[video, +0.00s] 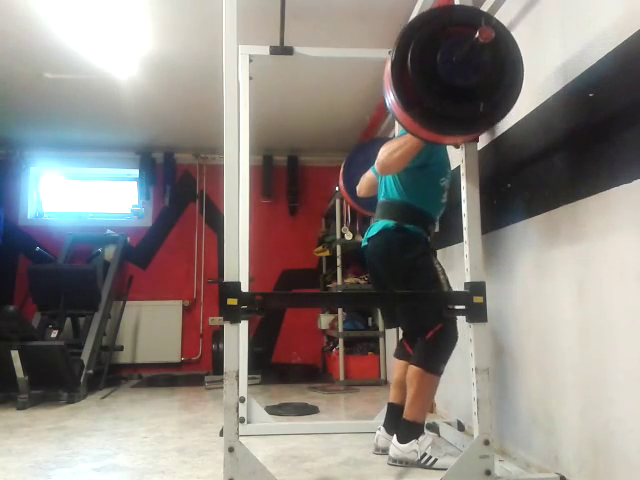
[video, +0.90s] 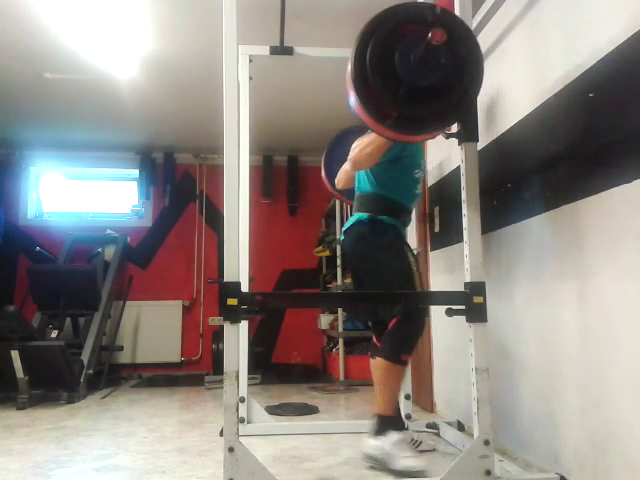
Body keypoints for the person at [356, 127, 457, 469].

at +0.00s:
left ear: (417, 105)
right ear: (438, 104)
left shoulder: (415, 141)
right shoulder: (420, 133)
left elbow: (363, 187)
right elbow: (383, 163)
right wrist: (423, 131)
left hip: (381, 240)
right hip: (401, 239)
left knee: (416, 333)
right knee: (440, 331)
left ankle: (393, 427)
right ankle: (409, 439)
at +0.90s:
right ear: (409, 102)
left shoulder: (404, 141)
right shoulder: (391, 132)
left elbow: (341, 181)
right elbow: (355, 160)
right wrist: (394, 127)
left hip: (372, 232)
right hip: (373, 232)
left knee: (383, 329)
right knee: (410, 316)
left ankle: (391, 425)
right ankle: (385, 431)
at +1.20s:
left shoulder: (388, 136)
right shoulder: (370, 128)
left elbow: (327, 182)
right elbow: (338, 161)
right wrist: (379, 126)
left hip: (376, 236)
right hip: (354, 231)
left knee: (384, 329)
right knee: (348, 329)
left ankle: (392, 430)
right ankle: (321, 445)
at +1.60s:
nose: (403, 122)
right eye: (399, 115)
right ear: (381, 104)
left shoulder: (366, 136)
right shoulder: (353, 126)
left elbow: (300, 176)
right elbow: (310, 154)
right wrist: (353, 124)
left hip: (335, 231)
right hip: (320, 227)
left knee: (344, 326)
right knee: (330, 328)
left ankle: (340, 414)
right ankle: (320, 445)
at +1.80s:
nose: (393, 127)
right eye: (389, 120)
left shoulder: (361, 136)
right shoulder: (346, 127)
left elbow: (294, 174)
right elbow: (304, 159)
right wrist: (347, 129)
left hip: (321, 231)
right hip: (317, 230)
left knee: (317, 333)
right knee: (330, 331)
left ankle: (318, 429)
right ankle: (321, 445)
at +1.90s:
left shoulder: (356, 135)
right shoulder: (341, 129)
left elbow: (292, 179)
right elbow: (303, 164)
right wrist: (344, 138)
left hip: (320, 230)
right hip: (316, 230)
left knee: (318, 331)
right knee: (329, 330)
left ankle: (318, 432)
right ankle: (320, 446)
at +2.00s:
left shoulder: (355, 137)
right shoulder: (338, 131)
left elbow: (292, 180)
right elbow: (300, 168)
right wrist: (340, 138)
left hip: (321, 232)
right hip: (315, 231)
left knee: (320, 332)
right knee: (328, 331)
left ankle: (317, 432)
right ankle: (321, 446)